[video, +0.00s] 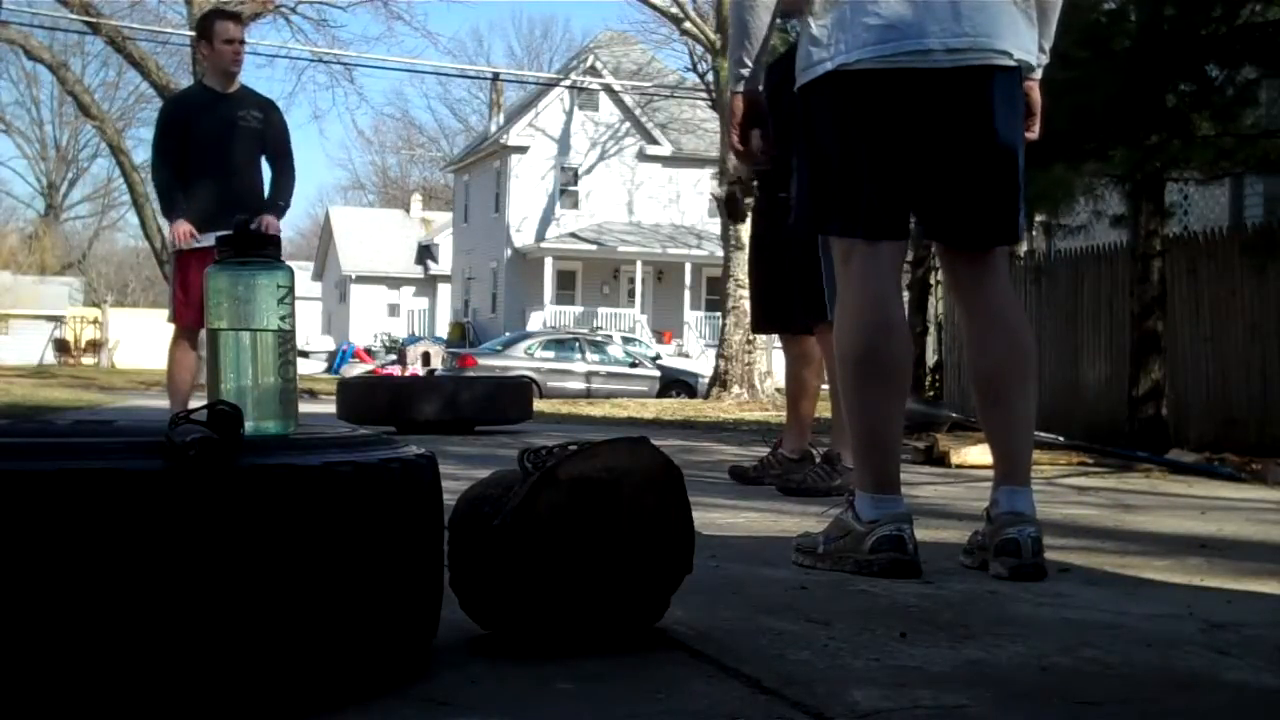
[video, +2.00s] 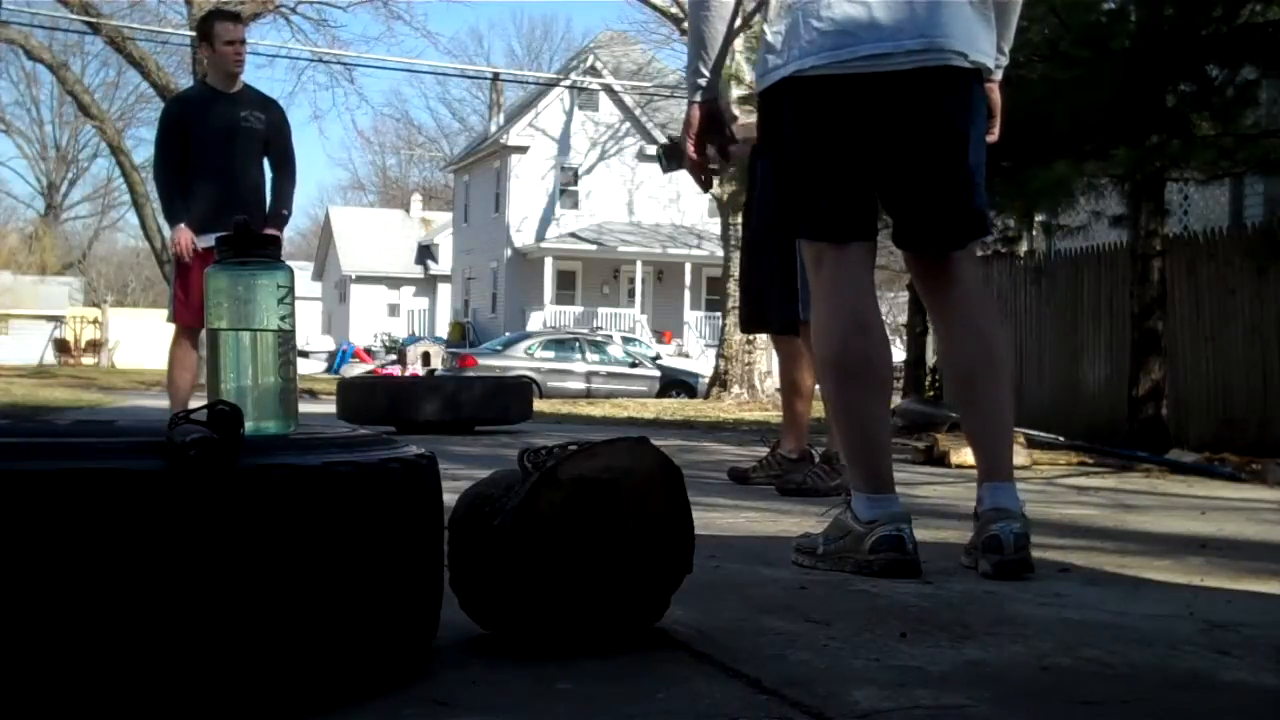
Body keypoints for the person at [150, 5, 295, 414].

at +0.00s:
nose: (239, 50)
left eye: (241, 43)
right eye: (229, 43)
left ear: (245, 47)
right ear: (203, 48)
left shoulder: (263, 109)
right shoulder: (177, 108)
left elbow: (284, 166)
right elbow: (162, 168)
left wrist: (273, 211)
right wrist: (176, 217)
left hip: (250, 238)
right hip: (195, 238)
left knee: (250, 334)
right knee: (188, 331)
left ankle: (248, 424)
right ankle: (178, 421)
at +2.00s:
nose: (240, 51)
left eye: (242, 44)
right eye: (230, 44)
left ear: (246, 47)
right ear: (205, 49)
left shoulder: (267, 109)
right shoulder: (179, 108)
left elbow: (284, 172)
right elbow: (164, 170)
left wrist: (275, 224)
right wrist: (177, 223)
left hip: (251, 241)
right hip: (197, 240)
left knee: (252, 335)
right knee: (188, 331)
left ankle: (250, 425)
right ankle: (179, 421)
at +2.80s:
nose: (236, 53)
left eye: (238, 46)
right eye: (228, 45)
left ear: (237, 47)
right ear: (199, 46)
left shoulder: (248, 107)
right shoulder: (161, 104)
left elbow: (262, 177)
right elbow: (140, 171)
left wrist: (256, 236)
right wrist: (142, 231)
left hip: (235, 237)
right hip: (180, 237)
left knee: (234, 334)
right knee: (180, 332)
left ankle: (233, 423)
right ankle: (178, 424)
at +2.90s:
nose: (240, 54)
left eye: (241, 46)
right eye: (232, 45)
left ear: (238, 48)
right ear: (203, 46)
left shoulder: (249, 107)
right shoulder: (162, 104)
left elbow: (263, 178)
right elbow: (141, 170)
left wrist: (257, 237)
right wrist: (141, 230)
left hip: (235, 238)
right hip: (181, 238)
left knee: (233, 334)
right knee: (181, 332)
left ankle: (231, 423)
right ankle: (178, 425)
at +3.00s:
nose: (244, 52)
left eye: (246, 45)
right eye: (237, 44)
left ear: (239, 48)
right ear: (208, 46)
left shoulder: (254, 108)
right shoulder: (168, 104)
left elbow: (268, 176)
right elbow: (146, 170)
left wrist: (265, 234)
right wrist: (145, 227)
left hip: (239, 239)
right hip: (184, 239)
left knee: (237, 335)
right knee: (183, 333)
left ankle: (234, 423)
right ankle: (178, 423)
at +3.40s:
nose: (270, 51)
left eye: (273, 44)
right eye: (261, 43)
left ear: (275, 46)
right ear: (236, 45)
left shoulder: (288, 107)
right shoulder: (202, 103)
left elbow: (304, 170)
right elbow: (182, 165)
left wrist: (304, 229)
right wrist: (187, 217)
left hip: (268, 234)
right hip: (210, 234)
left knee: (268, 329)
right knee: (191, 324)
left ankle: (267, 420)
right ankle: (178, 412)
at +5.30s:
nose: (214, 168)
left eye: (223, 159)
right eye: (206, 160)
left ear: (234, 161)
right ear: (193, 162)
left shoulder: (255, 202)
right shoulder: (173, 204)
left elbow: (292, 261)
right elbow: (135, 271)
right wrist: (168, 255)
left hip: (243, 283)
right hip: (187, 285)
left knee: (260, 334)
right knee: (162, 335)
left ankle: (252, 421)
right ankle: (170, 424)